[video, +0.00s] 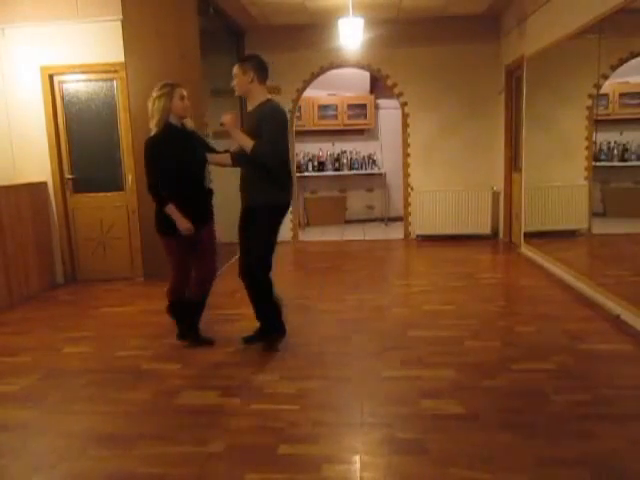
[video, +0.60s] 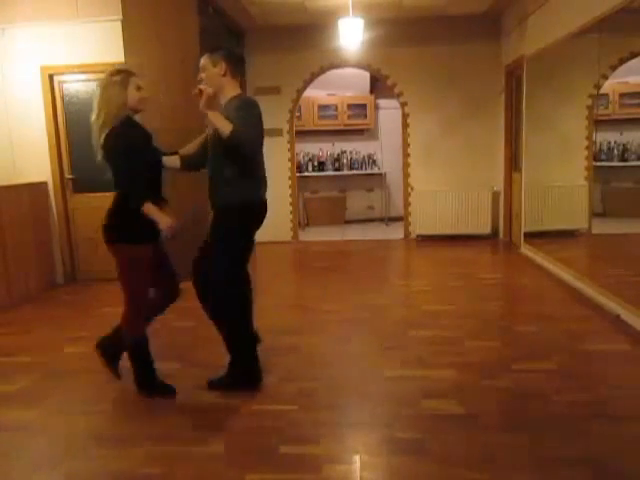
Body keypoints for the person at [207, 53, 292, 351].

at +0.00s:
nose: (233, 83)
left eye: (237, 77)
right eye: (233, 77)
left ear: (252, 77)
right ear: (250, 79)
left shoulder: (271, 112)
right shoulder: (254, 113)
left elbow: (269, 156)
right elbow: (244, 156)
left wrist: (235, 133)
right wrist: (205, 156)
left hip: (269, 200)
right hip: (255, 200)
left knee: (254, 268)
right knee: (250, 268)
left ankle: (273, 327)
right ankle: (268, 325)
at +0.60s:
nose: (199, 77)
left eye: (203, 70)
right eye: (199, 71)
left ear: (223, 69)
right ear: (221, 70)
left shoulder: (243, 106)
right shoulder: (222, 112)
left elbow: (247, 145)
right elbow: (196, 157)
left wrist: (209, 111)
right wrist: (154, 158)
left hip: (243, 207)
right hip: (228, 208)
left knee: (209, 274)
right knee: (226, 277)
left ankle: (243, 363)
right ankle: (243, 362)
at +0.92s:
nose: (185, 72)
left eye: (189, 64)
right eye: (185, 65)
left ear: (210, 64)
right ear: (205, 67)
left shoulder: (241, 104)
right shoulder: (207, 114)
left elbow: (266, 152)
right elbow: (180, 161)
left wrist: (237, 136)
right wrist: (135, 159)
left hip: (241, 206)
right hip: (220, 207)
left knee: (199, 279)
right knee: (237, 286)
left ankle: (228, 354)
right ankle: (274, 356)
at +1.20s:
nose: (169, 69)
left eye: (174, 61)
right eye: (169, 63)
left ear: (195, 62)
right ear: (189, 64)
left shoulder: (223, 102)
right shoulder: (191, 113)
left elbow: (261, 153)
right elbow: (181, 167)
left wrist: (260, 153)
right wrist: (140, 169)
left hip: (219, 211)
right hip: (200, 212)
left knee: (196, 288)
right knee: (197, 288)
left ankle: (210, 370)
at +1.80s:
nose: (187, 73)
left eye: (192, 66)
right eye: (186, 67)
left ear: (214, 67)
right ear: (202, 70)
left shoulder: (243, 108)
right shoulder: (194, 113)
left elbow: (280, 152)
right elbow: (161, 145)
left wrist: (244, 161)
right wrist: (122, 151)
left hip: (241, 209)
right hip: (210, 209)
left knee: (217, 278)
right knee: (197, 282)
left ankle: (227, 356)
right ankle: (214, 354)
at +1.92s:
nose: (198, 73)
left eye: (204, 66)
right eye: (197, 68)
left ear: (227, 67)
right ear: (210, 72)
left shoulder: (257, 109)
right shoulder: (203, 117)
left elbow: (295, 153)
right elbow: (165, 153)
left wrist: (270, 162)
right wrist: (122, 157)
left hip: (252, 209)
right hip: (219, 210)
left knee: (238, 283)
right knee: (210, 288)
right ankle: (221, 354)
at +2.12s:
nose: (218, 71)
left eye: (224, 64)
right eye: (217, 65)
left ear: (247, 65)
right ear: (219, 71)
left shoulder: (278, 106)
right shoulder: (222, 115)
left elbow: (317, 148)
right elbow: (192, 159)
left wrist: (318, 159)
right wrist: (151, 160)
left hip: (279, 210)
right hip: (240, 212)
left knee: (284, 285)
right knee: (231, 287)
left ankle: (292, 338)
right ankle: (223, 356)